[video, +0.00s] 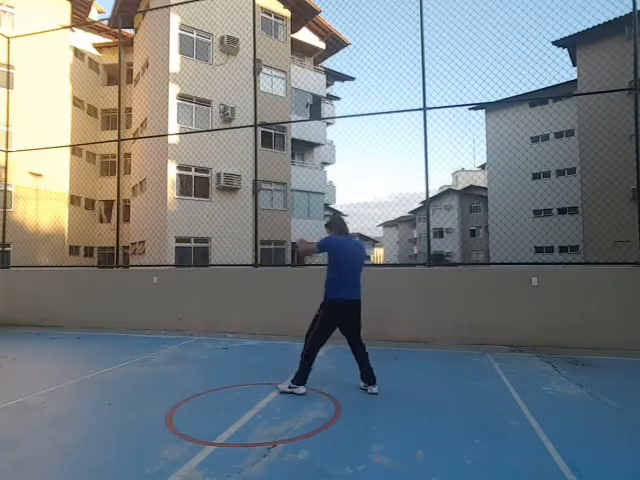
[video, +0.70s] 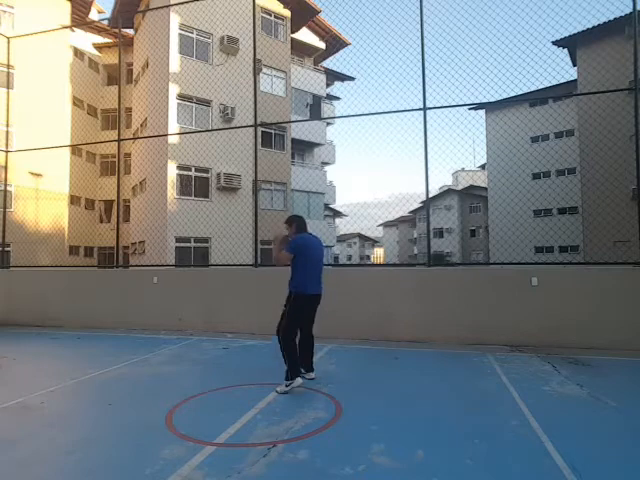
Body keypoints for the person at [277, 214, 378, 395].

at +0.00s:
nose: (327, 234)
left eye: (327, 231)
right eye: (326, 231)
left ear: (332, 229)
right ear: (345, 228)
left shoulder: (331, 241)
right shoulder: (359, 246)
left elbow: (304, 250)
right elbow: (361, 264)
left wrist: (302, 244)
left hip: (333, 303)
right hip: (353, 303)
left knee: (313, 342)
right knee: (356, 342)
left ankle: (298, 383)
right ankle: (371, 383)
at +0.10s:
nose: (317, 236)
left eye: (318, 232)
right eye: (316, 232)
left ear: (325, 231)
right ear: (334, 229)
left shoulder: (327, 245)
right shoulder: (347, 245)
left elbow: (308, 265)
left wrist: (308, 244)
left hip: (328, 303)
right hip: (346, 304)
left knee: (306, 340)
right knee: (349, 341)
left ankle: (297, 383)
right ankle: (370, 380)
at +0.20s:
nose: (307, 235)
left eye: (308, 231)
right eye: (307, 232)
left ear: (315, 230)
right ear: (321, 229)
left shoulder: (325, 246)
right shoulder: (332, 244)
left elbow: (306, 266)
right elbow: (308, 264)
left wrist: (303, 243)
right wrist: (304, 243)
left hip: (323, 302)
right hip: (336, 302)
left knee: (302, 338)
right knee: (341, 340)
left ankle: (297, 384)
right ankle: (367, 376)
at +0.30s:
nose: (298, 238)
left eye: (299, 234)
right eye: (297, 235)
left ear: (306, 231)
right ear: (310, 230)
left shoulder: (318, 245)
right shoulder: (323, 242)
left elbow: (300, 264)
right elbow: (293, 240)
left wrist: (292, 242)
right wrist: (269, 236)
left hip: (318, 301)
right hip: (329, 300)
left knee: (299, 339)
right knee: (330, 339)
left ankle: (297, 384)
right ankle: (361, 369)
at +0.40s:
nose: (290, 236)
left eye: (291, 232)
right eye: (290, 233)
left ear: (298, 230)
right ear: (303, 228)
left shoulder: (308, 243)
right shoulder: (316, 240)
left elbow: (291, 263)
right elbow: (292, 253)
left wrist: (284, 246)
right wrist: (270, 241)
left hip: (313, 298)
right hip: (324, 296)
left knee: (298, 337)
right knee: (320, 334)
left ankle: (297, 383)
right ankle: (347, 365)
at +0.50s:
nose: (286, 234)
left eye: (287, 230)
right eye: (285, 231)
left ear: (294, 228)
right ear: (301, 226)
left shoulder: (300, 241)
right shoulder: (313, 239)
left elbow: (284, 262)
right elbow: (293, 261)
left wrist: (279, 246)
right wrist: (284, 248)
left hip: (307, 295)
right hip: (321, 294)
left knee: (298, 336)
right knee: (314, 331)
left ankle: (297, 383)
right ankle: (327, 369)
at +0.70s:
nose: (288, 232)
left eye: (289, 229)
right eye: (288, 229)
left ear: (295, 227)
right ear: (304, 226)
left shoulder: (297, 241)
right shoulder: (317, 242)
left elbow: (279, 260)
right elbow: (303, 261)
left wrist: (277, 243)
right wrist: (286, 246)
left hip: (299, 294)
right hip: (315, 293)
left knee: (285, 332)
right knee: (306, 331)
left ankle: (293, 376)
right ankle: (307, 368)